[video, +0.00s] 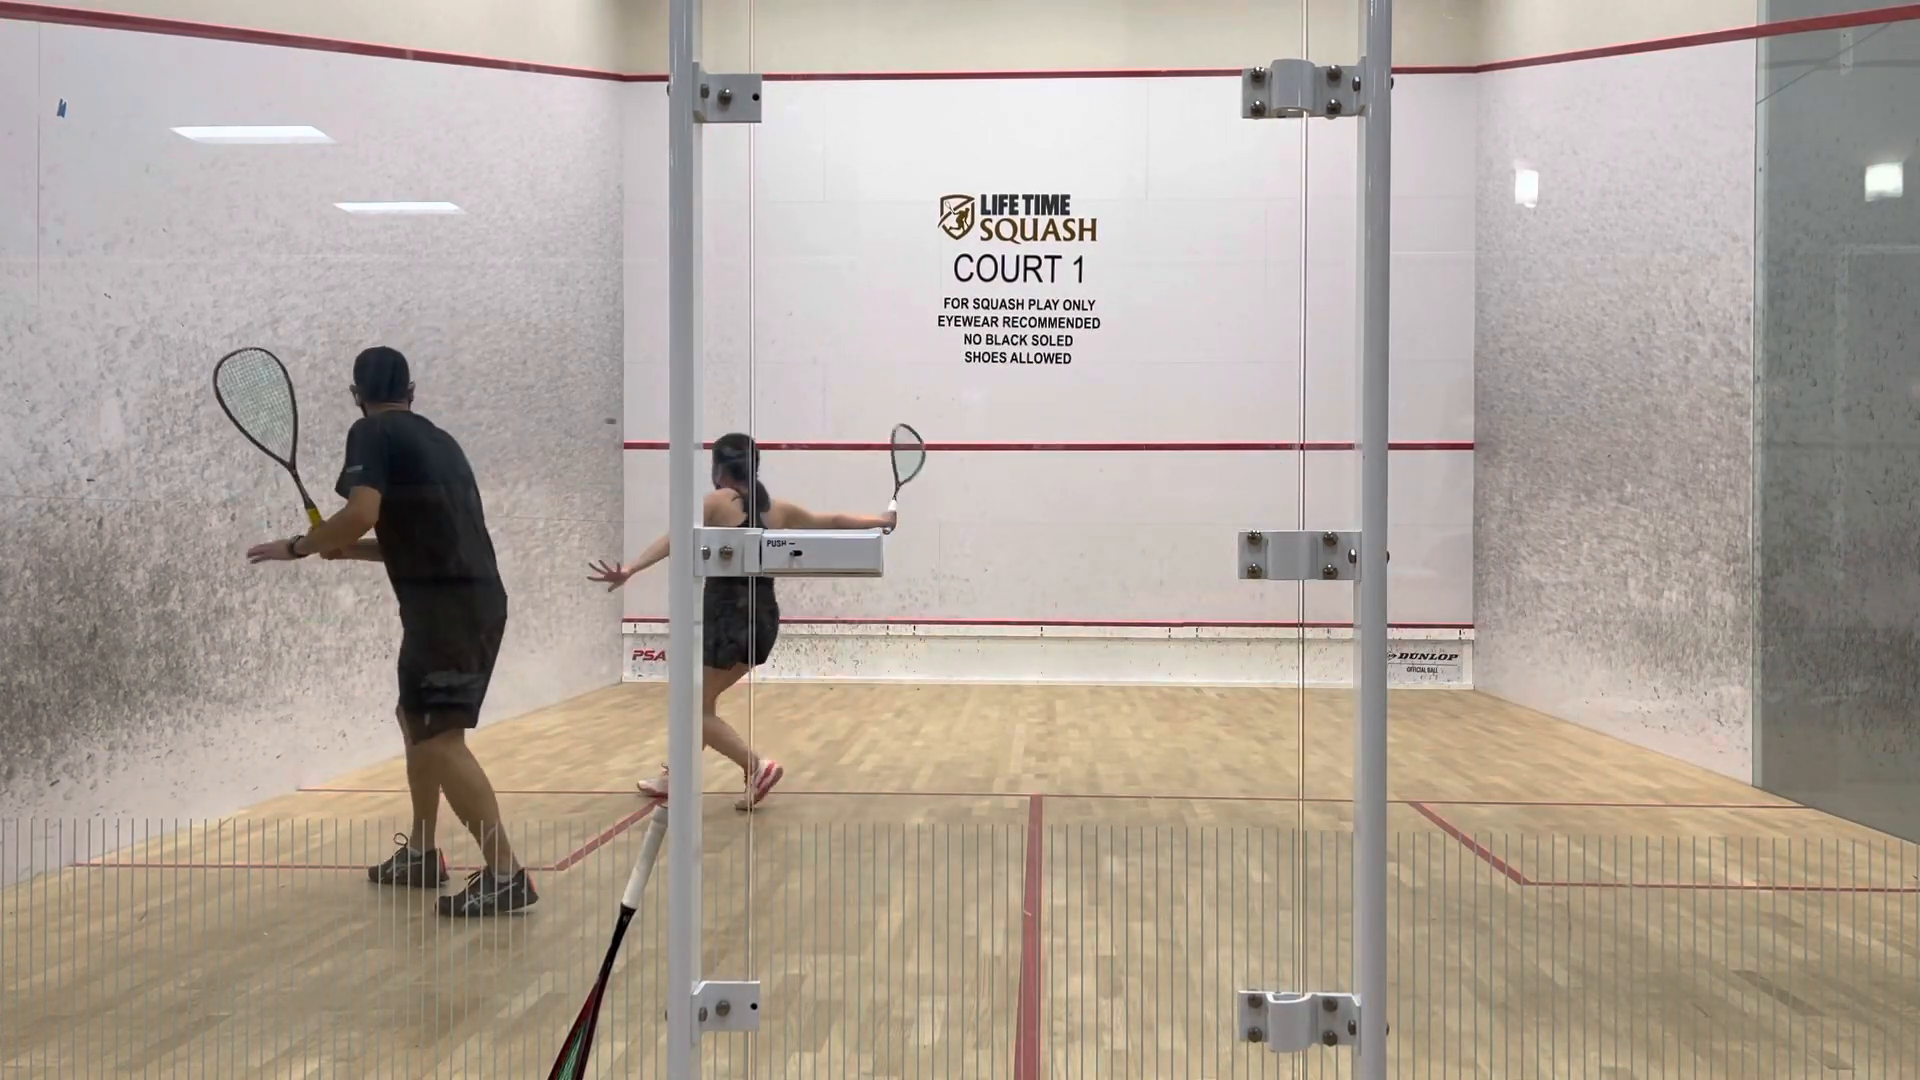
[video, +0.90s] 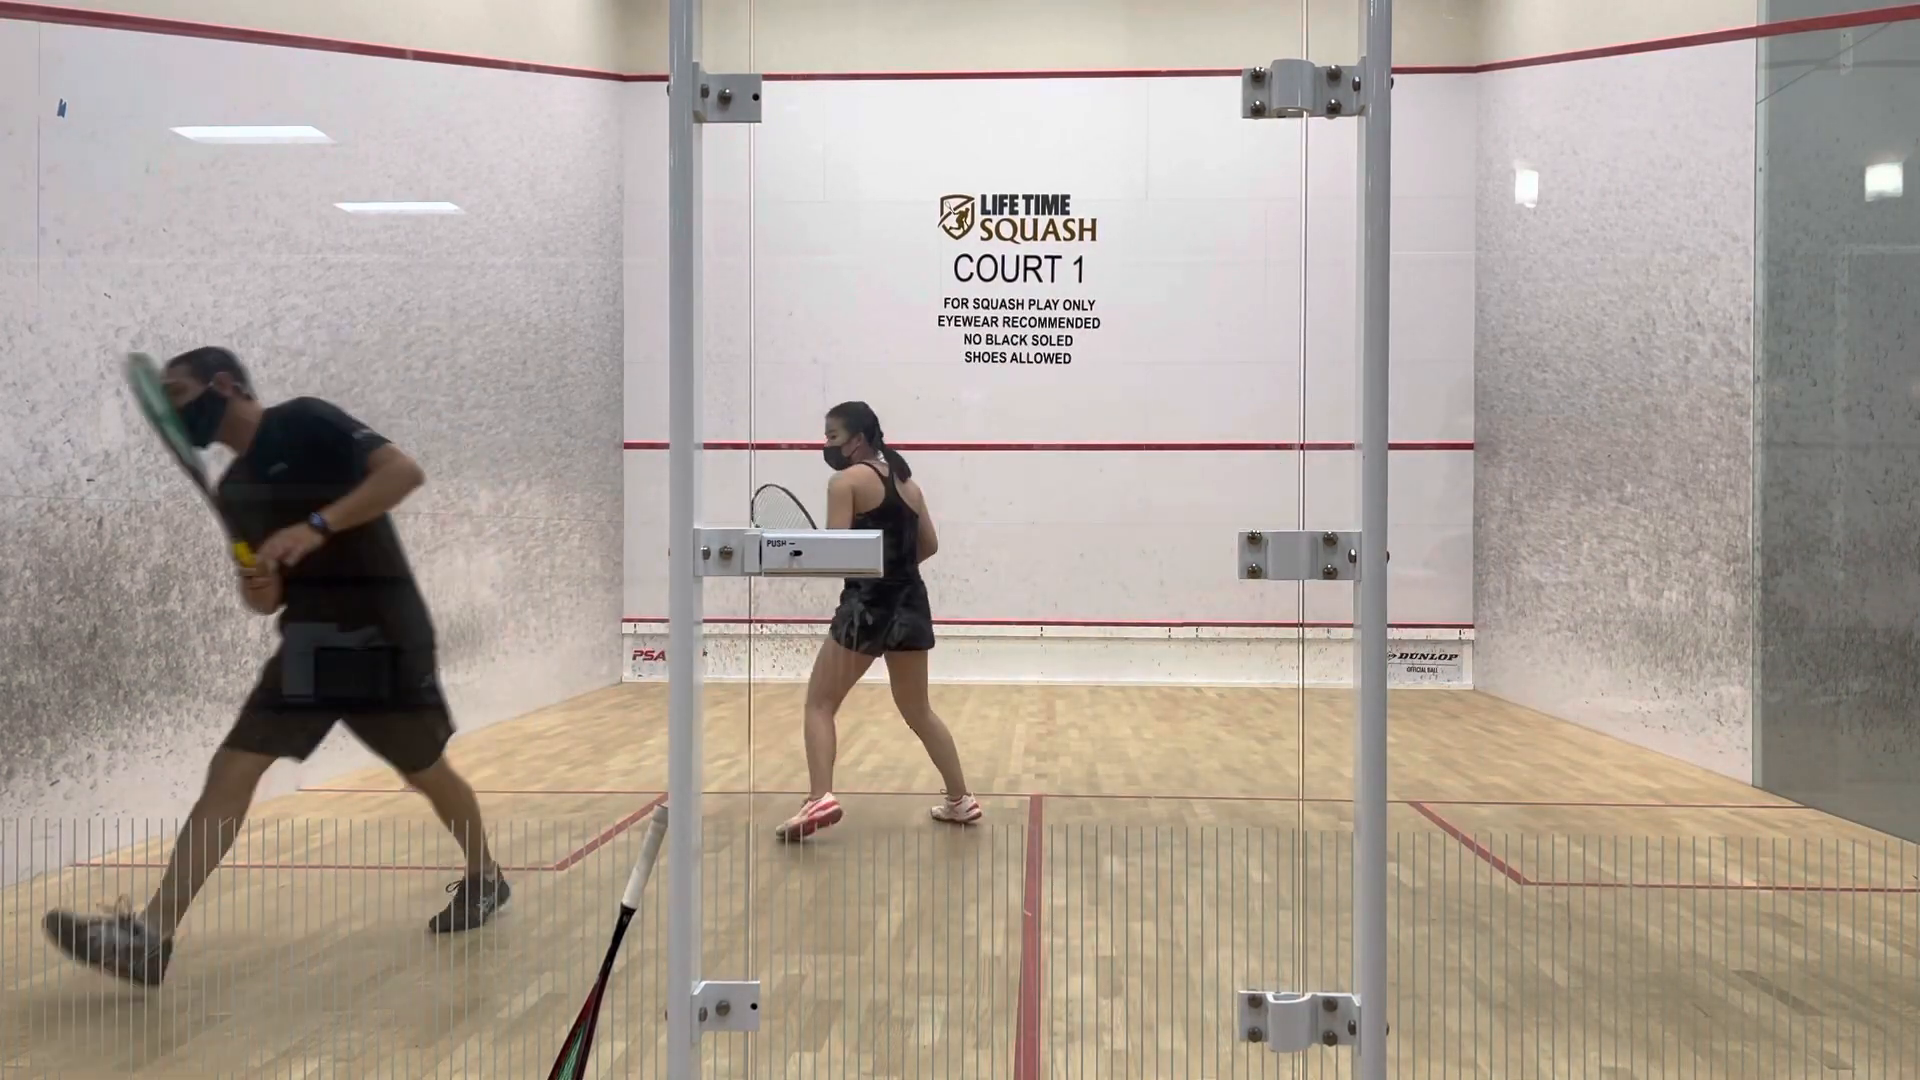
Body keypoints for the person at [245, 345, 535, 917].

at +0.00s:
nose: (360, 404)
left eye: (357, 395)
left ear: (359, 395)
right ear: (411, 393)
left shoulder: (371, 431)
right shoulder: (439, 440)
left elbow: (361, 513)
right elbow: (417, 547)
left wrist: (298, 546)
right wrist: (345, 549)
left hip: (442, 605)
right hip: (476, 601)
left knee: (441, 740)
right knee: (415, 716)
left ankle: (506, 874)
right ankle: (423, 850)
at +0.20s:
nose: (345, 415)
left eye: (341, 407)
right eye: (349, 408)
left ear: (343, 406)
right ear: (394, 401)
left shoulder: (368, 434)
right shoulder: (415, 439)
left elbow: (413, 498)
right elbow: (418, 549)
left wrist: (375, 578)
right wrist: (349, 567)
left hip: (449, 602)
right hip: (473, 599)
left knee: (410, 742)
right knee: (428, 734)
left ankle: (487, 870)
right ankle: (428, 854)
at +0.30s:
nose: (338, 408)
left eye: (335, 399)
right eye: (341, 399)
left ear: (340, 400)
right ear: (391, 394)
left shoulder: (374, 433)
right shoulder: (406, 435)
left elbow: (435, 487)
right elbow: (419, 549)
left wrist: (444, 587)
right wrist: (361, 575)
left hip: (440, 607)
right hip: (458, 606)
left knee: (402, 744)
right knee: (433, 737)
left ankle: (485, 873)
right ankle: (428, 854)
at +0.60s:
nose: (292, 394)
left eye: (295, 380)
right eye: (289, 383)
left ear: (329, 370)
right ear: (325, 374)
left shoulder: (405, 412)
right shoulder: (342, 453)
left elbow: (482, 482)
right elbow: (369, 530)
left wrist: (465, 572)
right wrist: (359, 577)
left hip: (450, 604)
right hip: (395, 610)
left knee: (443, 747)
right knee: (358, 733)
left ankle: (488, 882)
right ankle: (414, 846)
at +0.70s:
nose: (263, 390)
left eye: (268, 377)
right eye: (259, 380)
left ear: (305, 366)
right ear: (299, 370)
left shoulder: (383, 407)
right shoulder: (310, 459)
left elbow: (464, 476)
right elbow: (341, 545)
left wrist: (417, 563)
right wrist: (333, 573)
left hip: (440, 603)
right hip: (373, 610)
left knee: (458, 743)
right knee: (310, 730)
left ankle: (489, 883)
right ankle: (352, 870)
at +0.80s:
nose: (233, 406)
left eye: (237, 390)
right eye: (227, 396)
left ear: (271, 375)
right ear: (260, 383)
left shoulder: (352, 415)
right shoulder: (279, 470)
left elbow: (440, 477)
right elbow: (299, 567)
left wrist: (366, 549)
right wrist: (305, 581)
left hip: (418, 616)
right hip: (347, 624)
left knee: (451, 750)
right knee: (268, 739)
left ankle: (486, 885)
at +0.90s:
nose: (176, 412)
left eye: (182, 396)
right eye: (170, 403)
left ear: (224, 384)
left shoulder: (305, 421)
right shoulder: (233, 491)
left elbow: (403, 471)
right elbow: (262, 595)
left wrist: (318, 526)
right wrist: (257, 584)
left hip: (381, 629)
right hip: (310, 638)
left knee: (424, 768)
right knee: (233, 770)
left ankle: (486, 877)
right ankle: (151, 933)